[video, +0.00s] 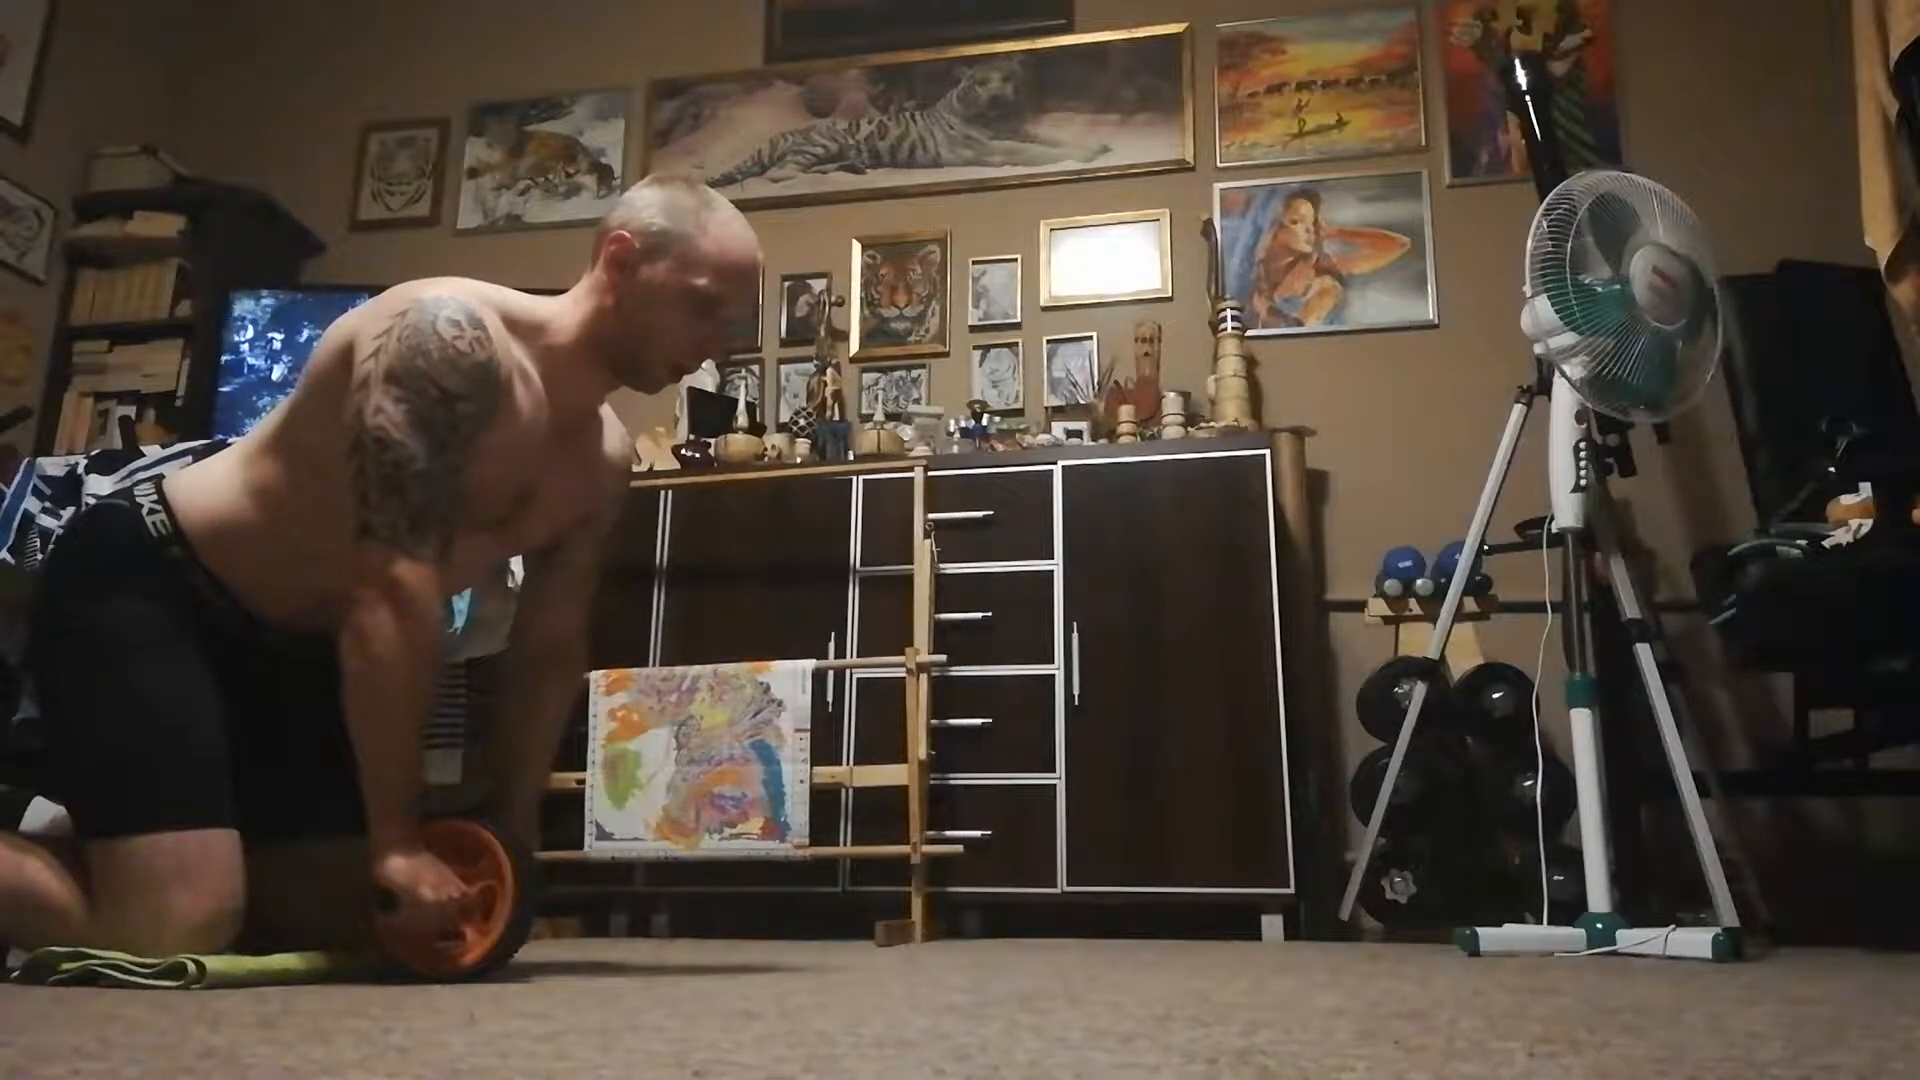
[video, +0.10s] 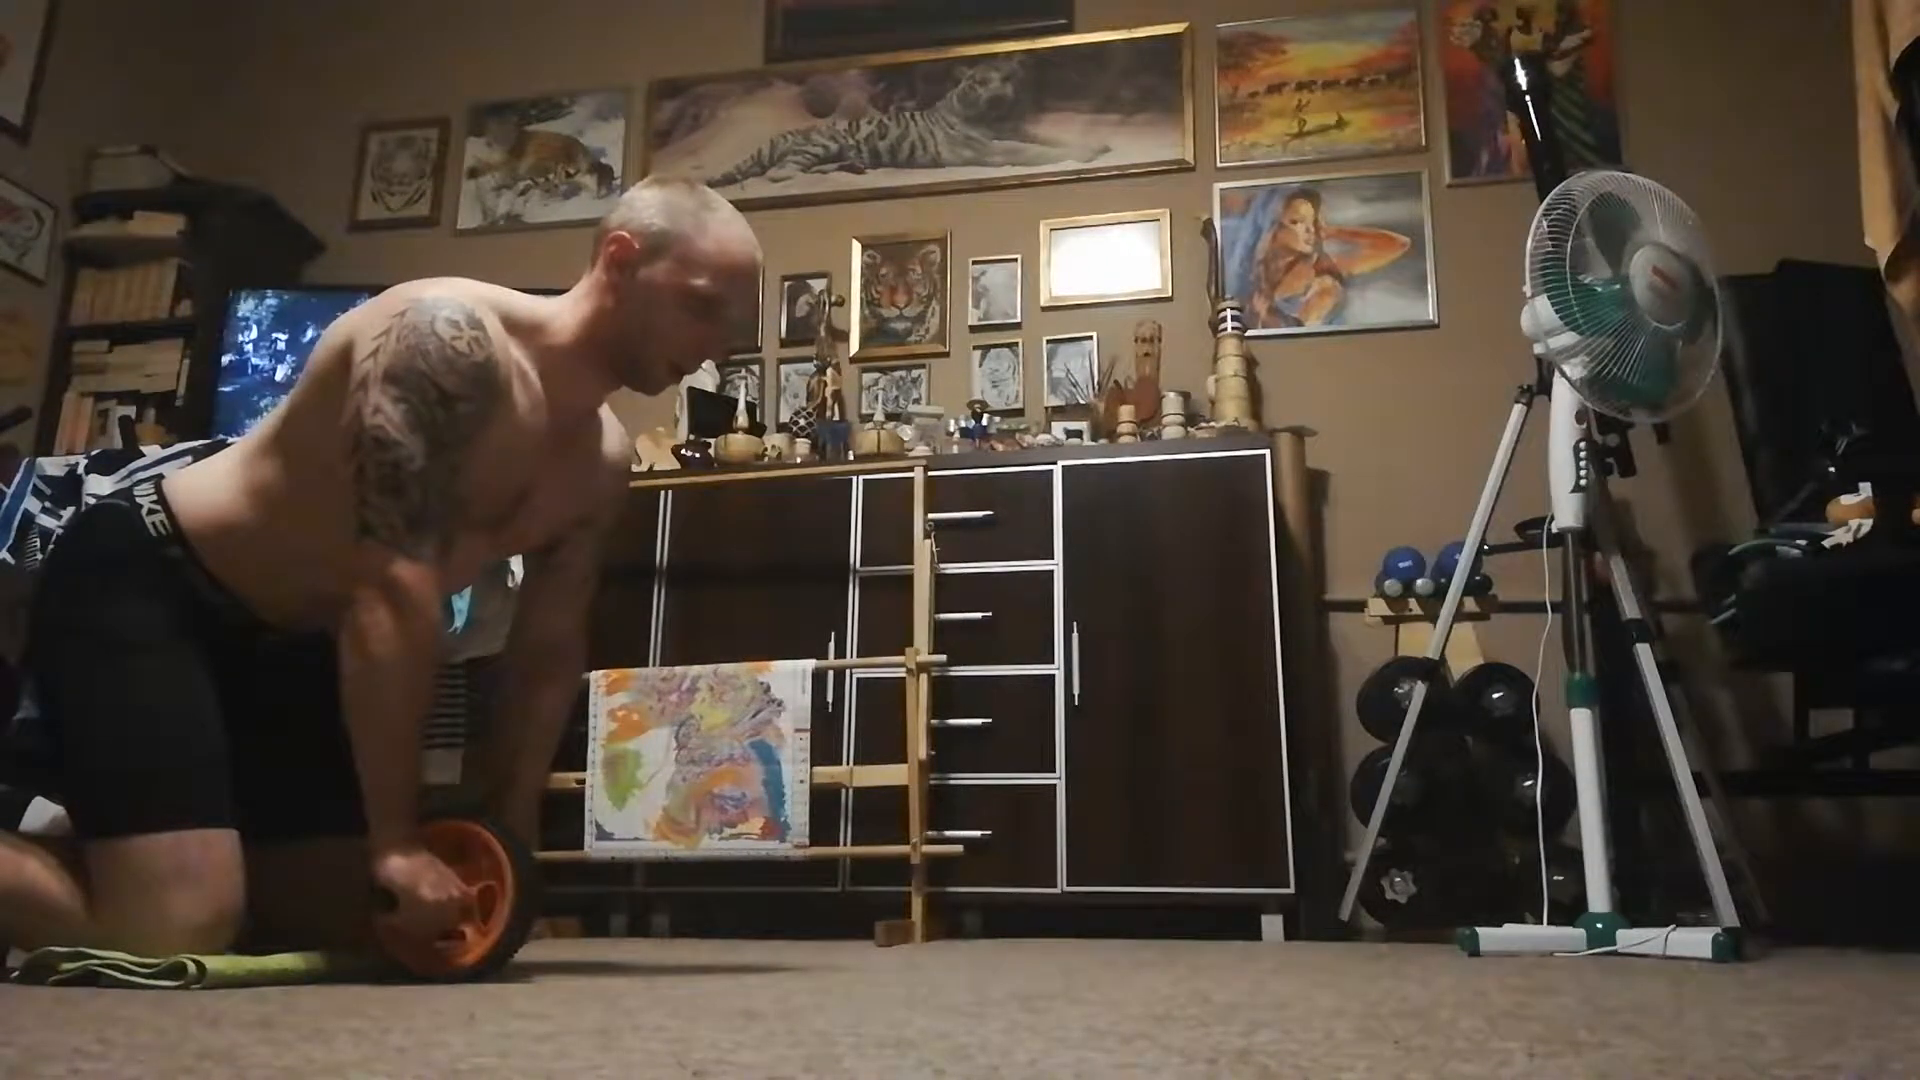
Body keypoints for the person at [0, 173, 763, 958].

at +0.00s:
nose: (723, 346)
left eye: (736, 323)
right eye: (710, 309)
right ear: (622, 258)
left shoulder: (603, 461)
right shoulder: (449, 342)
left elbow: (546, 666)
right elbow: (384, 605)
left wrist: (497, 860)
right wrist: (398, 849)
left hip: (290, 636)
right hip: (143, 574)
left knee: (347, 912)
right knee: (180, 922)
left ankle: (72, 865)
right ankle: (10, 866)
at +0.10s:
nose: (719, 347)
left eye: (733, 323)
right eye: (707, 308)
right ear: (620, 259)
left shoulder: (603, 461)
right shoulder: (443, 339)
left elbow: (543, 668)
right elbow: (386, 603)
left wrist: (489, 864)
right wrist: (398, 848)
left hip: (287, 636)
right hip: (142, 573)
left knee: (354, 911)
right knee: (180, 924)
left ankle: (92, 871)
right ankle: (9, 864)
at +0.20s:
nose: (719, 348)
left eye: (733, 326)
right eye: (706, 311)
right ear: (620, 260)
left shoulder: (603, 461)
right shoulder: (444, 339)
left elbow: (543, 668)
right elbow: (386, 603)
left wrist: (489, 864)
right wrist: (399, 847)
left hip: (287, 636)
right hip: (142, 573)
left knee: (354, 911)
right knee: (179, 923)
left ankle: (94, 871)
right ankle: (9, 864)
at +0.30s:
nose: (718, 349)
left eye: (732, 327)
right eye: (705, 312)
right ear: (620, 261)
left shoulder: (603, 461)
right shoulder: (447, 341)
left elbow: (543, 669)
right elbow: (386, 603)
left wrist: (489, 865)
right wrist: (399, 847)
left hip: (287, 637)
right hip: (142, 573)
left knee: (354, 911)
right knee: (178, 924)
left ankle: (90, 868)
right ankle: (9, 865)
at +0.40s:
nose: (721, 349)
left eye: (736, 326)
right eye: (708, 313)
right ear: (622, 264)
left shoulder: (605, 463)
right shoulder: (450, 341)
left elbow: (546, 665)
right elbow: (386, 604)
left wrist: (491, 864)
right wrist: (401, 847)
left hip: (288, 639)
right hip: (144, 574)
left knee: (359, 910)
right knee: (177, 926)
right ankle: (10, 863)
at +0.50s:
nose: (726, 355)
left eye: (741, 332)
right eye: (713, 319)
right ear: (630, 269)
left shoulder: (609, 469)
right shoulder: (457, 340)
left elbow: (552, 676)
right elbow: (386, 599)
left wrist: (507, 868)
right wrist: (412, 842)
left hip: (293, 640)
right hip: (147, 575)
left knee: (349, 916)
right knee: (172, 931)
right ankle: (10, 860)